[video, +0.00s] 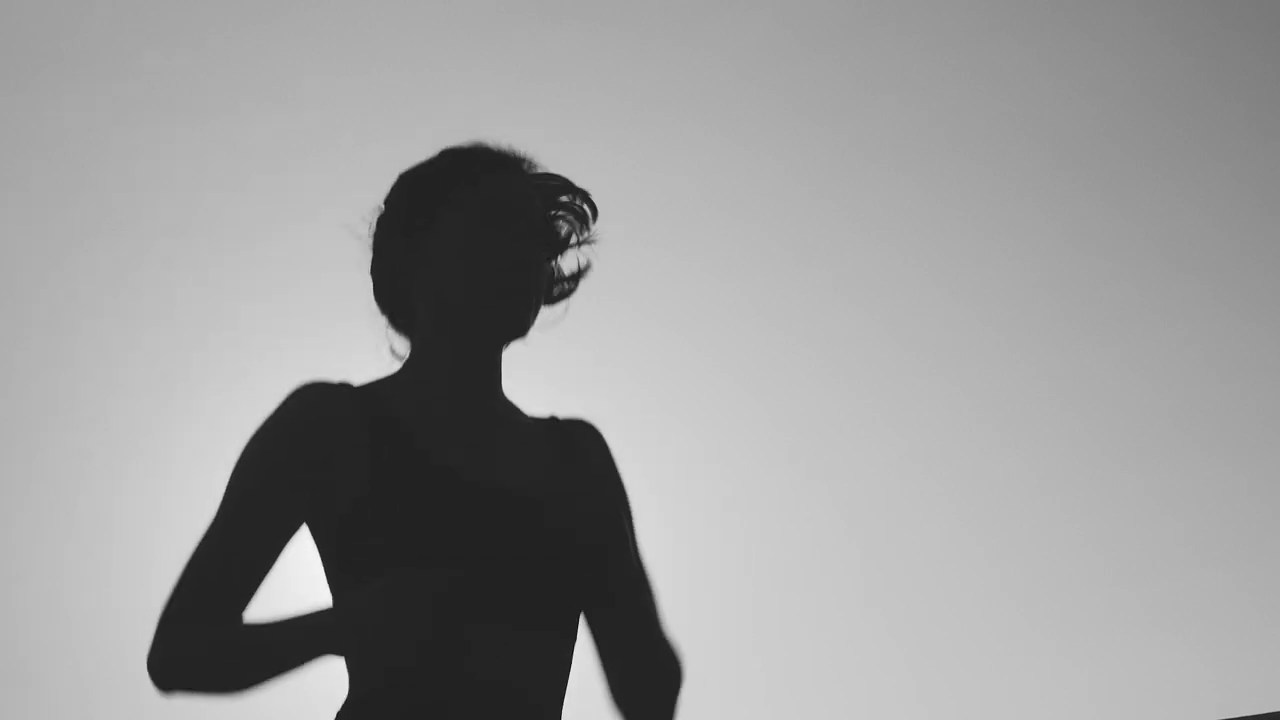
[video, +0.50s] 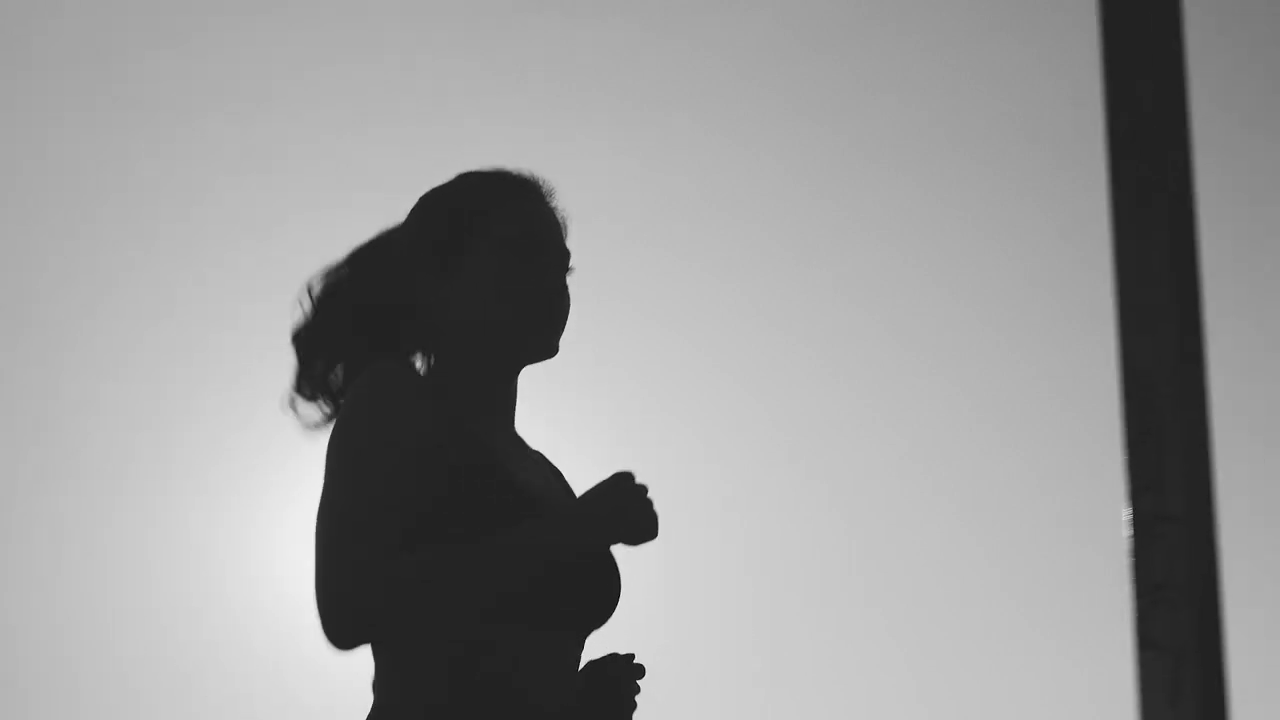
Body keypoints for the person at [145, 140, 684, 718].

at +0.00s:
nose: (521, 269)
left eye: (532, 247)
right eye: (488, 242)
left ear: (547, 276)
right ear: (416, 266)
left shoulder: (573, 455)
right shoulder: (322, 425)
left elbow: (648, 688)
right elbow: (179, 656)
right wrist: (346, 625)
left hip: (523, 708)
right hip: (376, 712)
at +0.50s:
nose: (563, 292)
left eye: (563, 268)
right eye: (540, 264)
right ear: (463, 273)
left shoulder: (540, 472)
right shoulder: (390, 405)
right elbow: (346, 609)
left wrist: (577, 697)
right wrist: (574, 529)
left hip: (531, 708)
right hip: (423, 705)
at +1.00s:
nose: (605, 324)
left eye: (603, 306)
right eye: (573, 304)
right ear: (488, 336)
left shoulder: (606, 528)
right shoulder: (439, 459)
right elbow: (288, 658)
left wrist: (646, 706)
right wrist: (505, 673)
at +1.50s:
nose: (643, 294)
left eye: (640, 271)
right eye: (622, 270)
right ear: (548, 285)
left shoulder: (678, 463)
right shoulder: (438, 434)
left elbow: (826, 668)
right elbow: (258, 593)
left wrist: (726, 530)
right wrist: (364, 636)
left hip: (637, 710)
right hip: (506, 710)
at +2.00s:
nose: (688, 343)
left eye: (685, 314)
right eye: (650, 310)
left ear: (685, 350)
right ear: (556, 342)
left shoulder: (727, 510)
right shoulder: (496, 493)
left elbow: (780, 702)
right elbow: (397, 692)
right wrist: (517, 708)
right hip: (563, 707)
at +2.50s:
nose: (749, 278)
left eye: (743, 260)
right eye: (717, 259)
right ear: (634, 279)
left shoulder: (685, 430)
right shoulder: (593, 394)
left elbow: (569, 660)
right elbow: (609, 603)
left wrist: (764, 684)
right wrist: (783, 507)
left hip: (722, 708)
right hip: (653, 706)